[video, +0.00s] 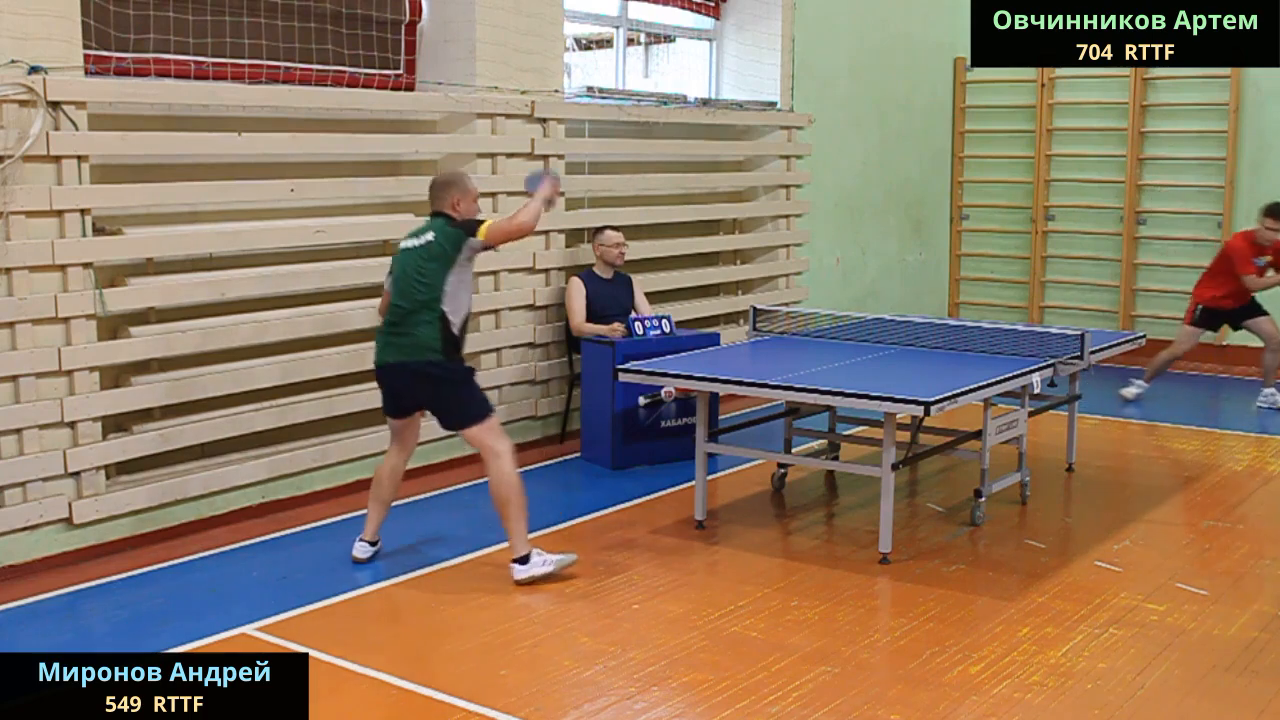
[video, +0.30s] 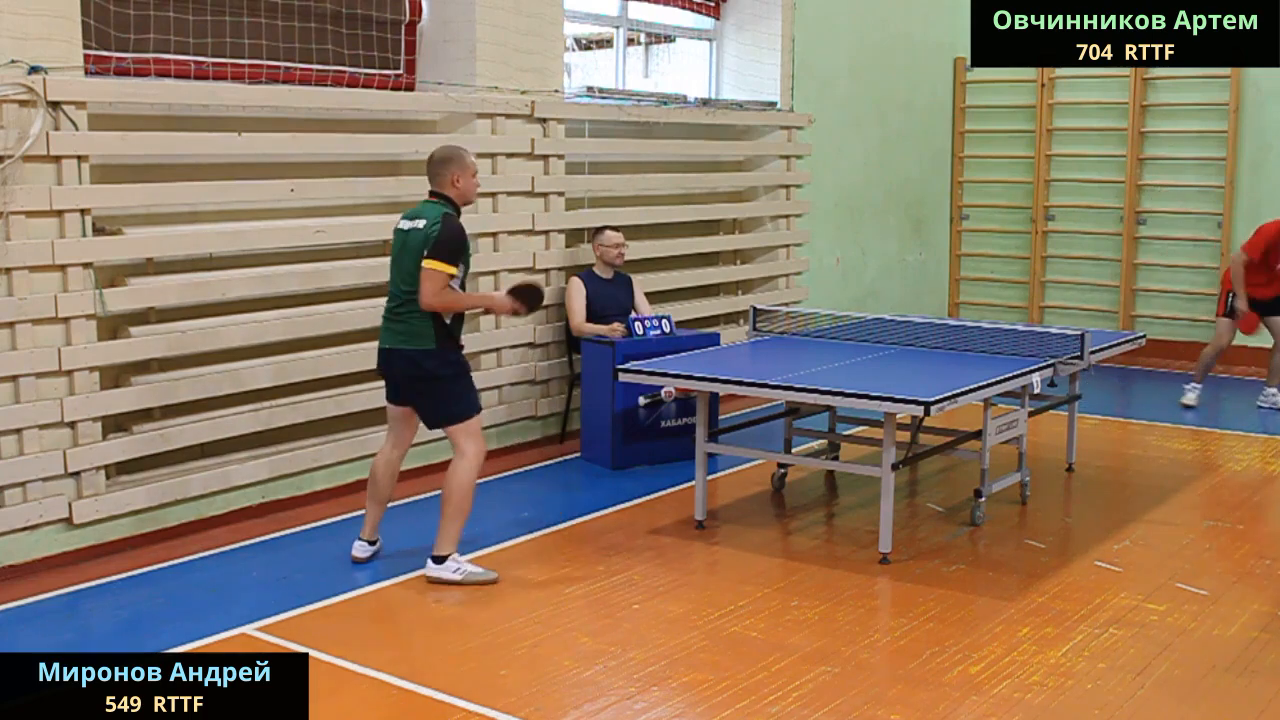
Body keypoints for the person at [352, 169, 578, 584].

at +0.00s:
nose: (479, 207)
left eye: (478, 200)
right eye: (475, 200)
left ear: (439, 206)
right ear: (456, 203)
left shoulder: (409, 241)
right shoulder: (460, 232)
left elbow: (386, 308)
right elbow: (521, 227)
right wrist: (542, 194)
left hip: (391, 364)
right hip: (436, 363)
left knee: (400, 446)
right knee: (497, 448)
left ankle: (366, 541)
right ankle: (523, 555)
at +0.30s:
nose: (478, 183)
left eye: (476, 175)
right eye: (475, 176)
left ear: (438, 181)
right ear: (457, 180)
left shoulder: (409, 219)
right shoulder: (448, 227)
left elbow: (410, 287)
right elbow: (432, 297)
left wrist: (473, 300)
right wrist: (489, 300)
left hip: (394, 351)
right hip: (433, 355)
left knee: (396, 440)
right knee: (470, 449)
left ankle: (366, 539)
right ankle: (443, 556)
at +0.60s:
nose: (500, 175)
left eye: (498, 168)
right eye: (496, 168)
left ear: (460, 173)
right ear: (479, 173)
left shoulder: (428, 211)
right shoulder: (470, 222)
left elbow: (415, 281)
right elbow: (474, 296)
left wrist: (483, 294)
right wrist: (512, 294)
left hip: (418, 345)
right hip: (454, 350)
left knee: (421, 430)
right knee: (463, 447)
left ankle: (385, 526)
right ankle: (443, 558)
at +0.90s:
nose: (516, 177)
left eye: (515, 169)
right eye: (514, 170)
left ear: (474, 173)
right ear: (499, 173)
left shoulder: (437, 212)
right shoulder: (493, 224)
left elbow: (417, 282)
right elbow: (508, 297)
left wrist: (421, 335)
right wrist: (537, 287)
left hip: (436, 345)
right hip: (469, 351)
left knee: (465, 442)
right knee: (462, 452)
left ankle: (466, 530)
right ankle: (442, 558)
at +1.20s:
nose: (523, 176)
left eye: (522, 169)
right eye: (521, 170)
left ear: (483, 171)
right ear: (507, 171)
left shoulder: (454, 211)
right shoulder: (497, 219)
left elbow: (437, 282)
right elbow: (498, 293)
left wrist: (437, 335)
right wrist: (534, 284)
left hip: (457, 345)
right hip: (490, 346)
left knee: (478, 433)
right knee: (507, 439)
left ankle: (478, 527)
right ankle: (456, 539)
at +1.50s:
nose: (538, 176)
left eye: (537, 169)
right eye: (536, 169)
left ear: (500, 170)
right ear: (520, 171)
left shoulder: (474, 207)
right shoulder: (507, 213)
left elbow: (479, 279)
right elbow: (506, 285)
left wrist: (528, 279)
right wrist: (545, 280)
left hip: (472, 341)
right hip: (507, 341)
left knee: (481, 431)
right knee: (541, 431)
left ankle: (479, 533)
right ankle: (511, 532)